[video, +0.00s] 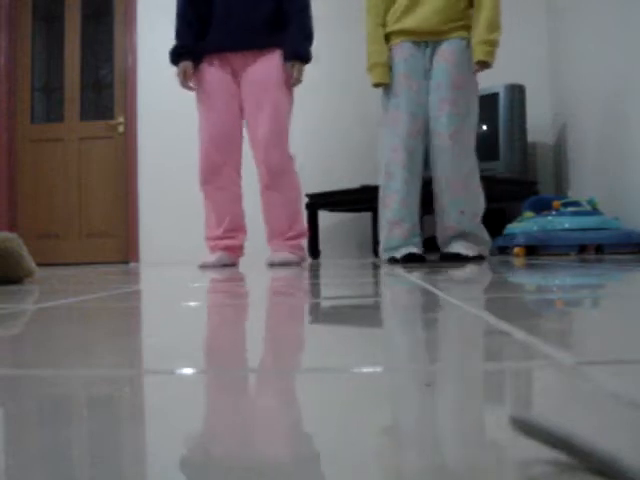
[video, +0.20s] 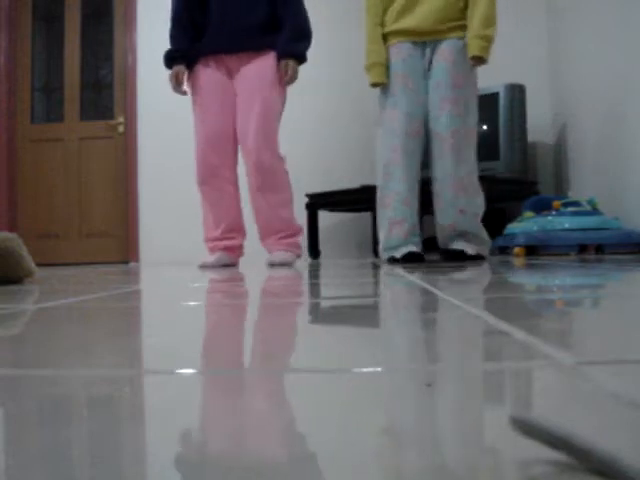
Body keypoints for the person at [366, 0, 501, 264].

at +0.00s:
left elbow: (487, 1)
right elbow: (376, 4)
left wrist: (484, 38)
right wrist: (377, 54)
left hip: (456, 31)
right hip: (403, 32)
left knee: (452, 136)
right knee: (402, 139)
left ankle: (462, 239)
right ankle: (402, 243)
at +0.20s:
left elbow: (483, 0)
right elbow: (374, 4)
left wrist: (480, 33)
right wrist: (375, 54)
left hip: (454, 31)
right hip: (400, 32)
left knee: (453, 134)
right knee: (400, 138)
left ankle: (461, 239)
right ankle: (401, 243)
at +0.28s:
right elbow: (373, 4)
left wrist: (480, 24)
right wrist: (373, 52)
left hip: (453, 27)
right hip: (397, 29)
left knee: (454, 132)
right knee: (396, 136)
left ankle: (463, 234)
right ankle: (391, 238)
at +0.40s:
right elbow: (373, 4)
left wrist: (482, 31)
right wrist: (371, 46)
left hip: (458, 27)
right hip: (402, 29)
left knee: (464, 135)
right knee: (401, 136)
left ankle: (474, 234)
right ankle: (400, 238)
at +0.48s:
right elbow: (374, 4)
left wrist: (484, 36)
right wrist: (369, 44)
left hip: (464, 28)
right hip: (408, 29)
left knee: (472, 139)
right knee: (411, 137)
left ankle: (480, 240)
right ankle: (406, 242)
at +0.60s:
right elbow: (373, 4)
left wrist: (479, 31)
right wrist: (368, 56)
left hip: (467, 30)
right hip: (412, 30)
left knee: (478, 140)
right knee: (416, 139)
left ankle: (484, 240)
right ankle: (410, 242)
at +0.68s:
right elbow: (374, 4)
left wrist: (476, 29)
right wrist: (370, 61)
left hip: (466, 30)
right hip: (412, 31)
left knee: (478, 140)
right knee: (416, 139)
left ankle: (484, 240)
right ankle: (410, 242)